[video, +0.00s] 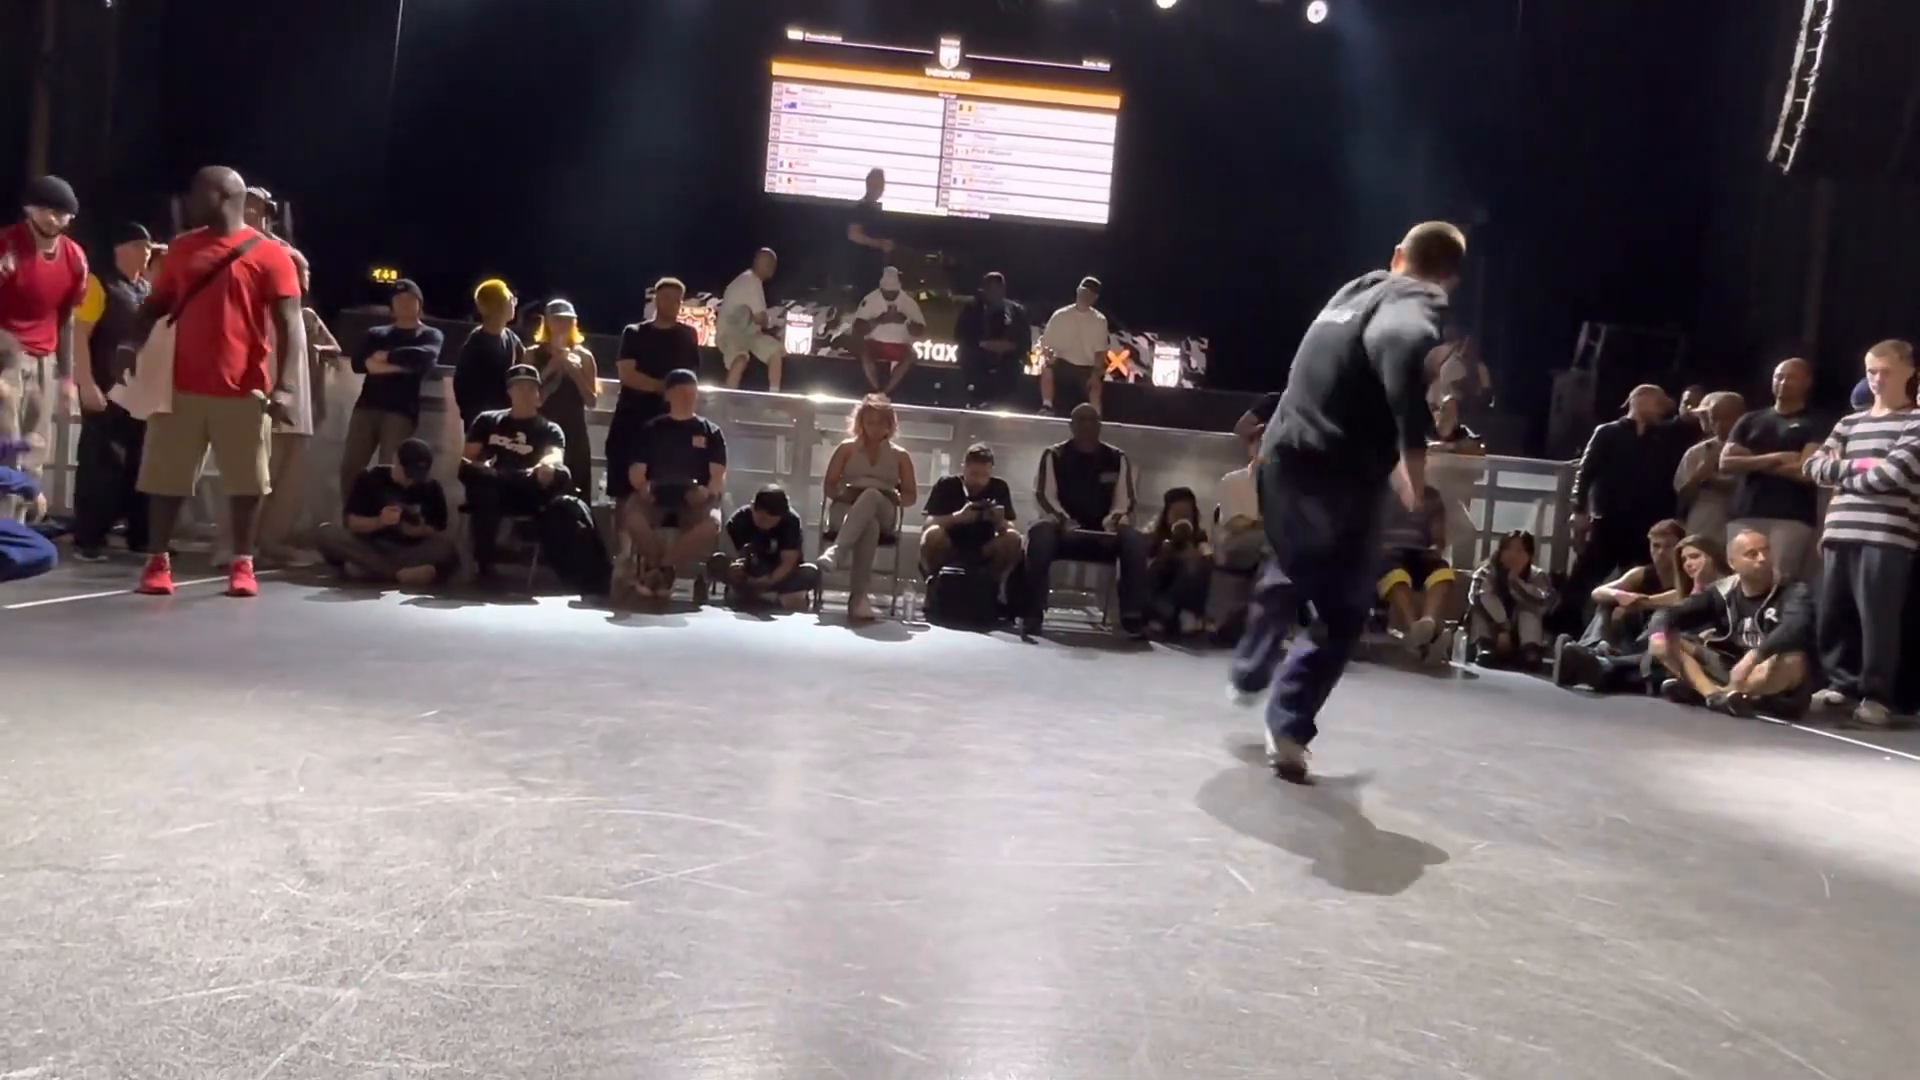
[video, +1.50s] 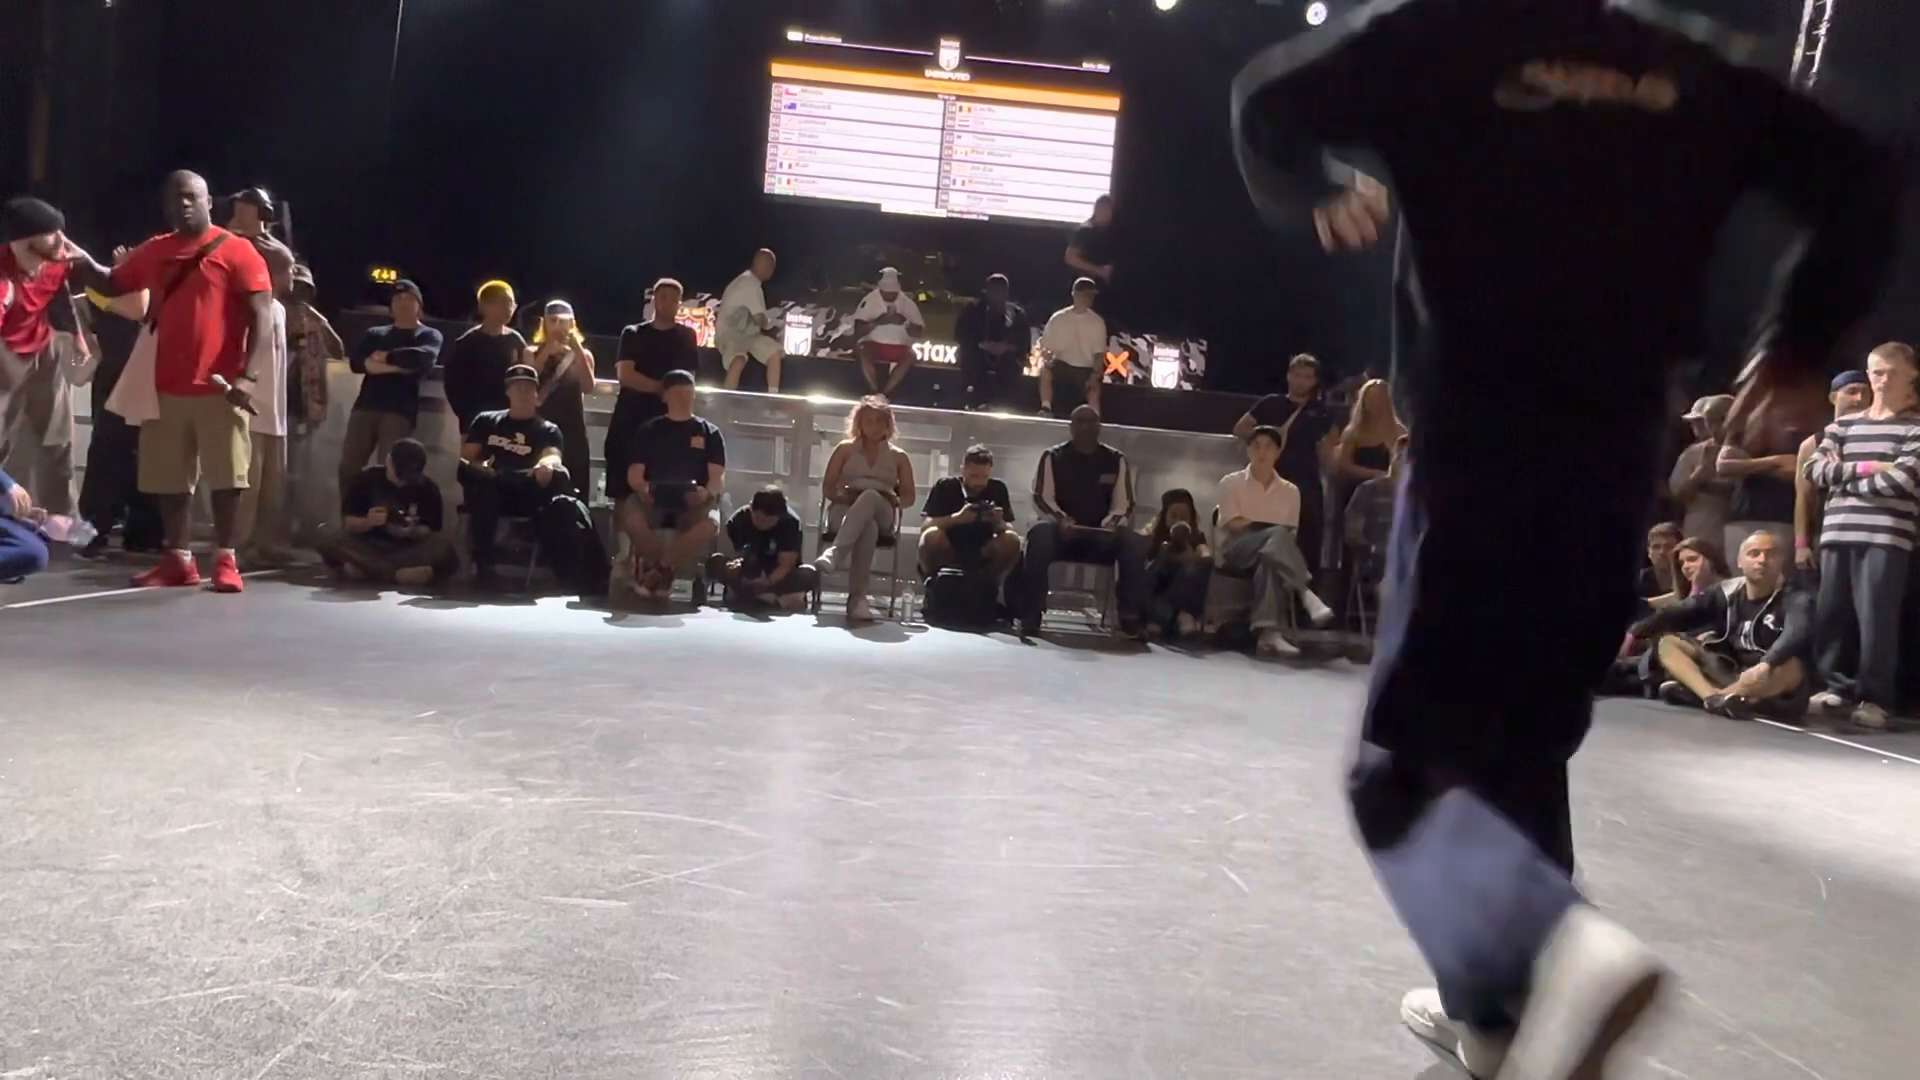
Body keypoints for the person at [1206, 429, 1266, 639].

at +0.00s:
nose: (1264, 451)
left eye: (1268, 443)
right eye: (1259, 443)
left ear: (1277, 447)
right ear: (1249, 446)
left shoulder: (1287, 483)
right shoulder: (1233, 481)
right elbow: (1237, 524)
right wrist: (1278, 529)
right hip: (1237, 552)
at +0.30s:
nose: (1265, 451)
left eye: (1271, 446)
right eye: (1260, 444)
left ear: (1278, 452)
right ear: (1250, 448)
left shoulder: (1290, 490)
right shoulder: (1230, 482)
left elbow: (1288, 531)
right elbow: (1234, 525)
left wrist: (1249, 523)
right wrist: (1279, 527)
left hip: (1276, 553)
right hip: (1235, 550)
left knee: (1271, 561)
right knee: (1279, 534)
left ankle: (1269, 631)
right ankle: (1306, 590)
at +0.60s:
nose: (1265, 451)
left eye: (1271, 446)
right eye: (1259, 444)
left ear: (1278, 452)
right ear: (1249, 449)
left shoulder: (1286, 488)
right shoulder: (1230, 482)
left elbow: (1289, 526)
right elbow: (1236, 525)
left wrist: (1252, 523)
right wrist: (1280, 527)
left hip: (1275, 550)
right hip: (1235, 548)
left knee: (1270, 558)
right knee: (1283, 534)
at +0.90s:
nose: (1263, 449)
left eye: (1269, 445)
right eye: (1257, 444)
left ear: (1278, 451)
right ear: (1249, 449)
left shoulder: (1284, 485)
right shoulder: (1230, 482)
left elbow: (1289, 525)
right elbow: (1235, 524)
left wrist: (1252, 524)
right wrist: (1274, 526)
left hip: (1272, 549)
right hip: (1235, 547)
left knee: (1268, 558)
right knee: (1270, 538)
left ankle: (1267, 629)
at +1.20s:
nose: (1261, 452)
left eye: (1268, 447)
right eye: (1256, 446)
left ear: (1277, 452)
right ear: (1248, 450)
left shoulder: (1290, 491)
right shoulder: (1229, 482)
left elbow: (1292, 529)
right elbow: (1234, 524)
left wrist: (1249, 524)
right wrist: (1278, 529)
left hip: (1276, 554)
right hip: (1235, 550)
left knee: (1269, 559)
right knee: (1282, 531)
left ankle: (1266, 631)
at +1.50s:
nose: (1262, 452)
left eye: (1268, 447)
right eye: (1256, 446)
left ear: (1278, 453)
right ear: (1249, 450)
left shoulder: (1290, 491)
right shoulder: (1231, 482)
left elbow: (1288, 534)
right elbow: (1234, 525)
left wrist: (1248, 524)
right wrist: (1278, 530)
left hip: (1276, 555)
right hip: (1236, 553)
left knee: (1270, 559)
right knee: (1278, 535)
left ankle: (1269, 632)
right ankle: (1306, 594)